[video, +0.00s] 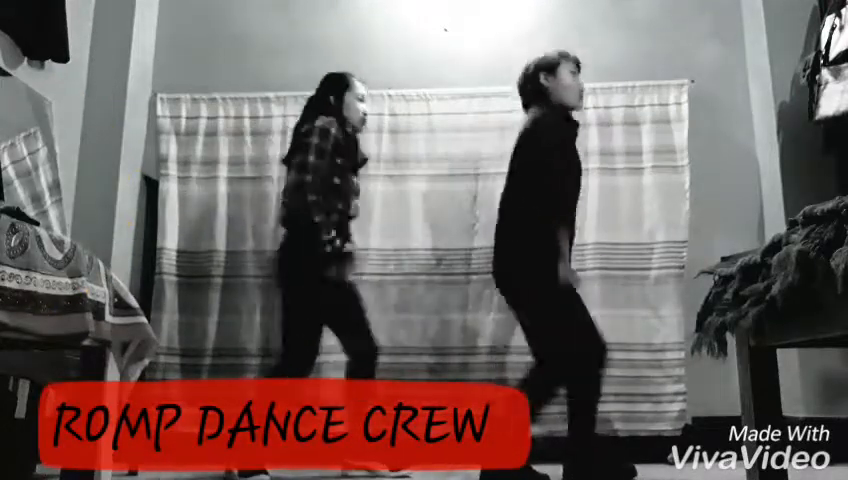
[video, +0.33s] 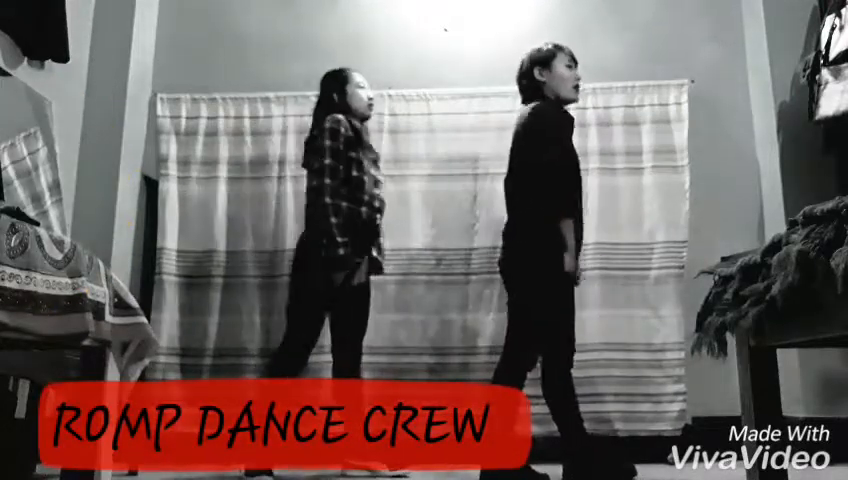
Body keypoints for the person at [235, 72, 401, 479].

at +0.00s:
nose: (366, 108)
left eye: (366, 101)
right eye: (360, 99)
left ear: (340, 102)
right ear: (337, 100)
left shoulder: (330, 132)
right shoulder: (326, 129)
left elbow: (320, 195)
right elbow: (312, 194)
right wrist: (330, 249)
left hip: (305, 258)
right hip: (316, 260)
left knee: (297, 357)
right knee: (363, 350)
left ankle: (249, 448)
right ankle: (361, 448)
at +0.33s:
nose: (371, 94)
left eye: (369, 87)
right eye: (362, 88)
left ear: (354, 97)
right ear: (341, 96)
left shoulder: (358, 135)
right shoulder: (334, 125)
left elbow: (364, 195)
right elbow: (322, 193)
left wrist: (371, 248)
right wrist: (339, 252)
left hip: (354, 259)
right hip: (323, 257)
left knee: (349, 352)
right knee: (297, 345)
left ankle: (351, 435)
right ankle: (257, 432)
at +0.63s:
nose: (333, 88)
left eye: (341, 84)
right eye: (325, 84)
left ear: (354, 98)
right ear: (314, 98)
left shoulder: (365, 140)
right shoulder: (302, 140)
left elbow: (370, 198)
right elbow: (289, 198)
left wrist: (345, 241)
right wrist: (289, 246)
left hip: (349, 260)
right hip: (306, 259)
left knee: (351, 354)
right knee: (290, 353)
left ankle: (364, 445)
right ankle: (272, 442)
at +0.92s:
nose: (299, 102)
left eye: (305, 95)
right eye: (300, 95)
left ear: (325, 98)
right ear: (326, 100)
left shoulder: (337, 128)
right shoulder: (324, 132)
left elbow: (333, 195)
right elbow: (317, 196)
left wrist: (311, 254)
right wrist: (297, 247)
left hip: (334, 255)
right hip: (322, 255)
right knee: (291, 352)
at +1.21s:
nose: (290, 106)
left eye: (296, 98)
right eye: (292, 98)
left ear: (315, 100)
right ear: (320, 99)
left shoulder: (331, 138)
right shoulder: (321, 140)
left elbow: (327, 204)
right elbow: (316, 204)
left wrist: (308, 261)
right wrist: (298, 257)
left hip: (334, 258)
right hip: (324, 258)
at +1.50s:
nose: (274, 126)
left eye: (280, 118)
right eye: (276, 118)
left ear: (297, 120)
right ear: (311, 121)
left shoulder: (311, 153)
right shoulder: (321, 155)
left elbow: (314, 216)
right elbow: (323, 219)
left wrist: (297, 269)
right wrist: (299, 265)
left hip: (320, 272)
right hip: (330, 271)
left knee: (251, 350)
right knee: (312, 369)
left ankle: (268, 441)